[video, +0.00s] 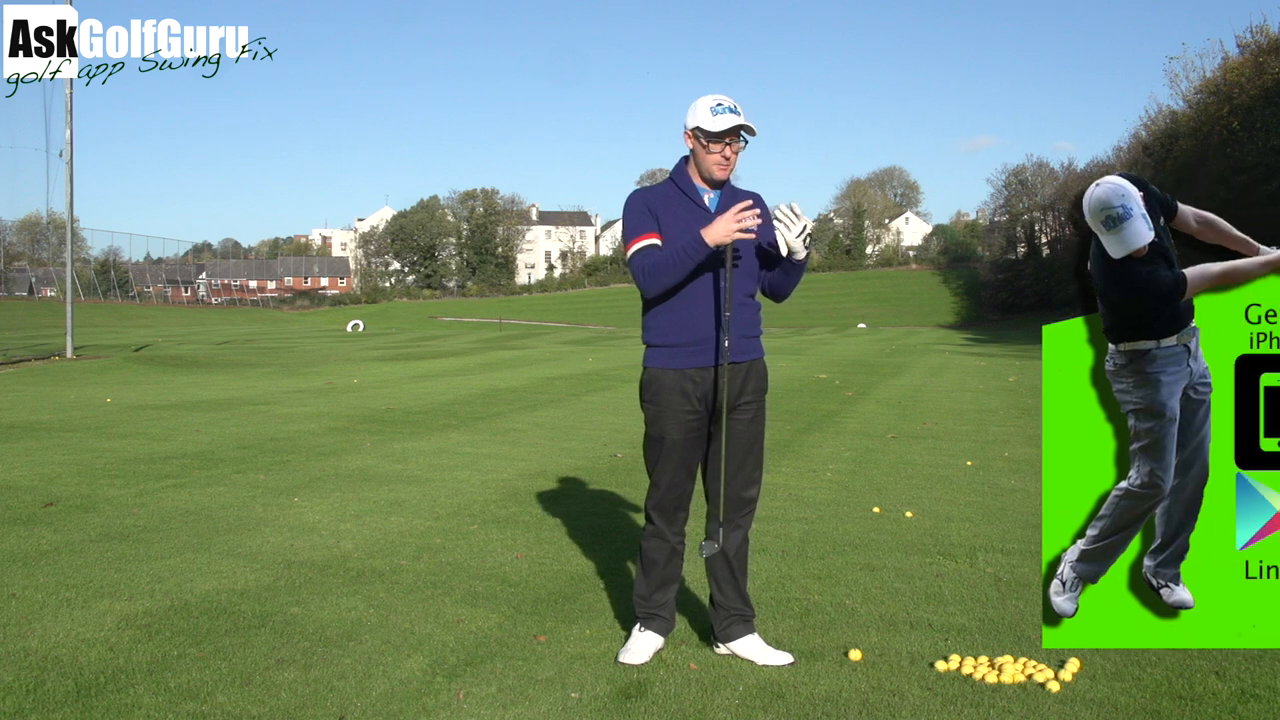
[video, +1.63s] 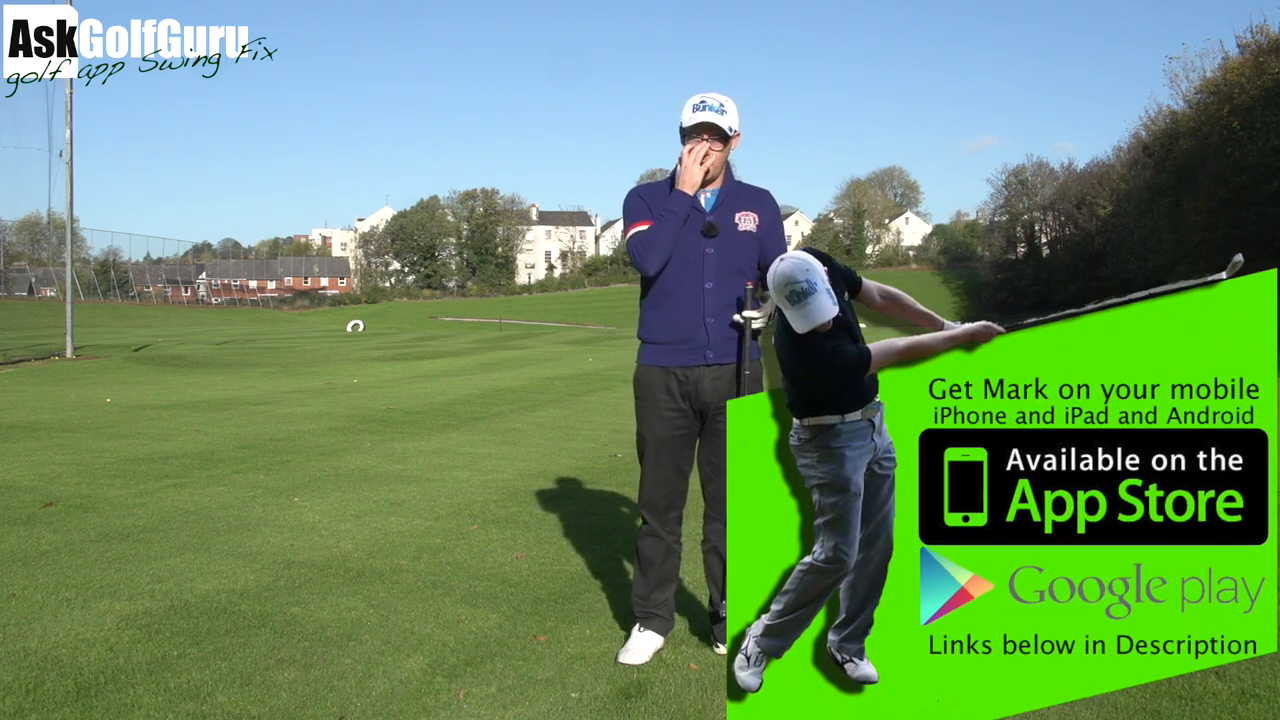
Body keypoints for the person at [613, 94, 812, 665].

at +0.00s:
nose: (730, 150)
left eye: (737, 140)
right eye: (718, 140)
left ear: (742, 145)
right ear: (691, 140)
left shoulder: (751, 206)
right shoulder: (647, 203)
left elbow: (776, 287)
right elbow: (652, 280)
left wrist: (796, 253)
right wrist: (709, 237)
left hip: (744, 372)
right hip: (675, 374)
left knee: (735, 506)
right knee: (667, 505)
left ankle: (733, 627)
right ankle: (653, 621)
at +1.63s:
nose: (702, 145)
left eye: (714, 137)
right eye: (694, 135)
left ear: (733, 144)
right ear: (681, 140)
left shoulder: (759, 203)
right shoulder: (648, 197)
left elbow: (778, 281)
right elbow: (646, 259)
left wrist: (768, 308)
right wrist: (685, 193)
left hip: (736, 373)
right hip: (663, 373)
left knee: (731, 510)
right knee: (659, 507)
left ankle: (732, 623)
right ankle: (652, 620)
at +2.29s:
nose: (702, 145)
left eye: (712, 135)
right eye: (692, 136)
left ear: (730, 141)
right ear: (680, 142)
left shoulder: (755, 203)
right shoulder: (644, 203)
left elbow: (780, 283)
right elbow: (625, 288)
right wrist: (660, 257)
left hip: (737, 375)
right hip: (664, 377)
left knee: (731, 510)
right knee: (660, 506)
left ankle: (733, 625)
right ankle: (651, 620)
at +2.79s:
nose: (691, 144)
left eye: (702, 135)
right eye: (682, 134)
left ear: (717, 142)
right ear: (668, 138)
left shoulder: (743, 200)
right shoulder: (628, 207)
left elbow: (768, 280)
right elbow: (617, 292)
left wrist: (746, 327)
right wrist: (675, 300)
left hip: (723, 374)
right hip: (650, 375)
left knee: (723, 507)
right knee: (651, 508)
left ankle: (729, 622)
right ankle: (651, 620)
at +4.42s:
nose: (681, 162)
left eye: (690, 151)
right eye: (671, 151)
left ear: (695, 152)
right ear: (645, 145)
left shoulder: (701, 208)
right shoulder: (596, 211)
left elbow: (723, 279)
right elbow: (590, 295)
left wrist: (732, 326)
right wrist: (640, 322)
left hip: (692, 378)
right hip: (622, 381)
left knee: (714, 504)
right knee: (635, 507)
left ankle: (727, 623)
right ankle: (649, 620)